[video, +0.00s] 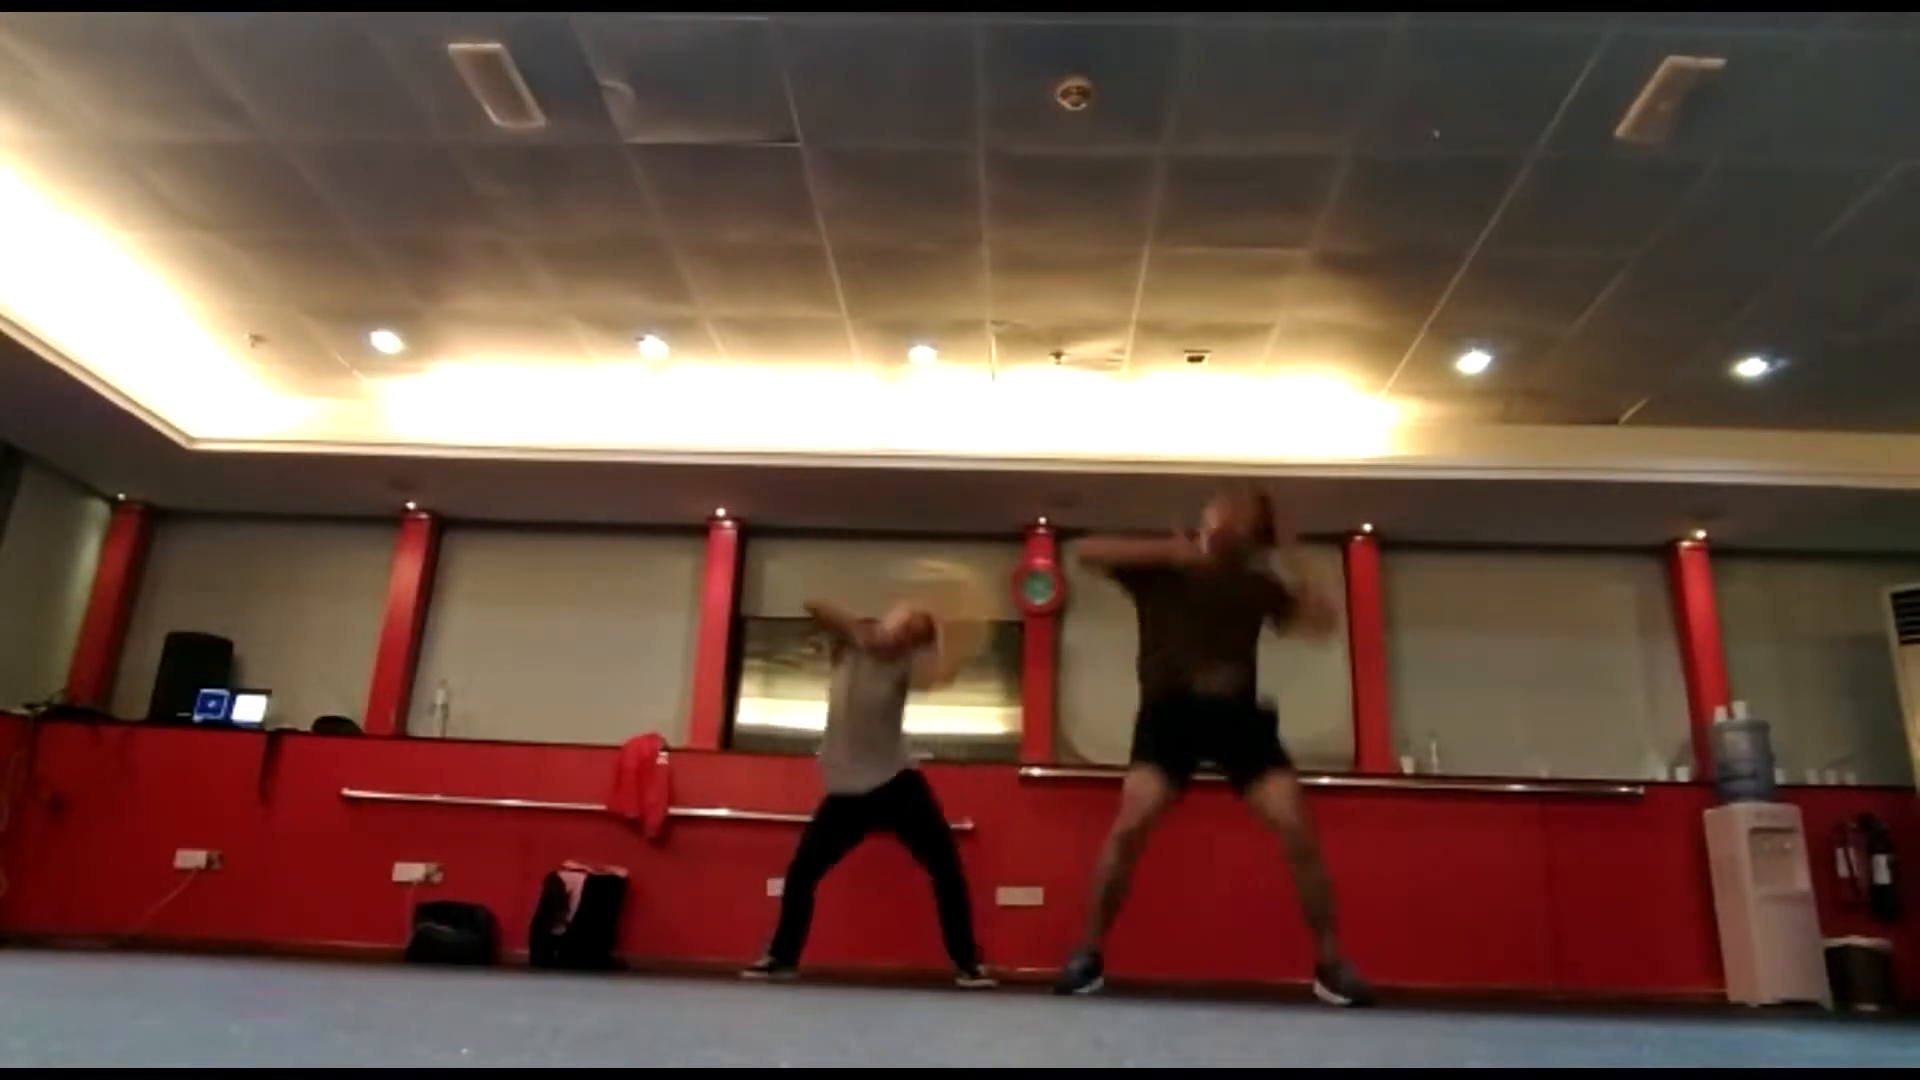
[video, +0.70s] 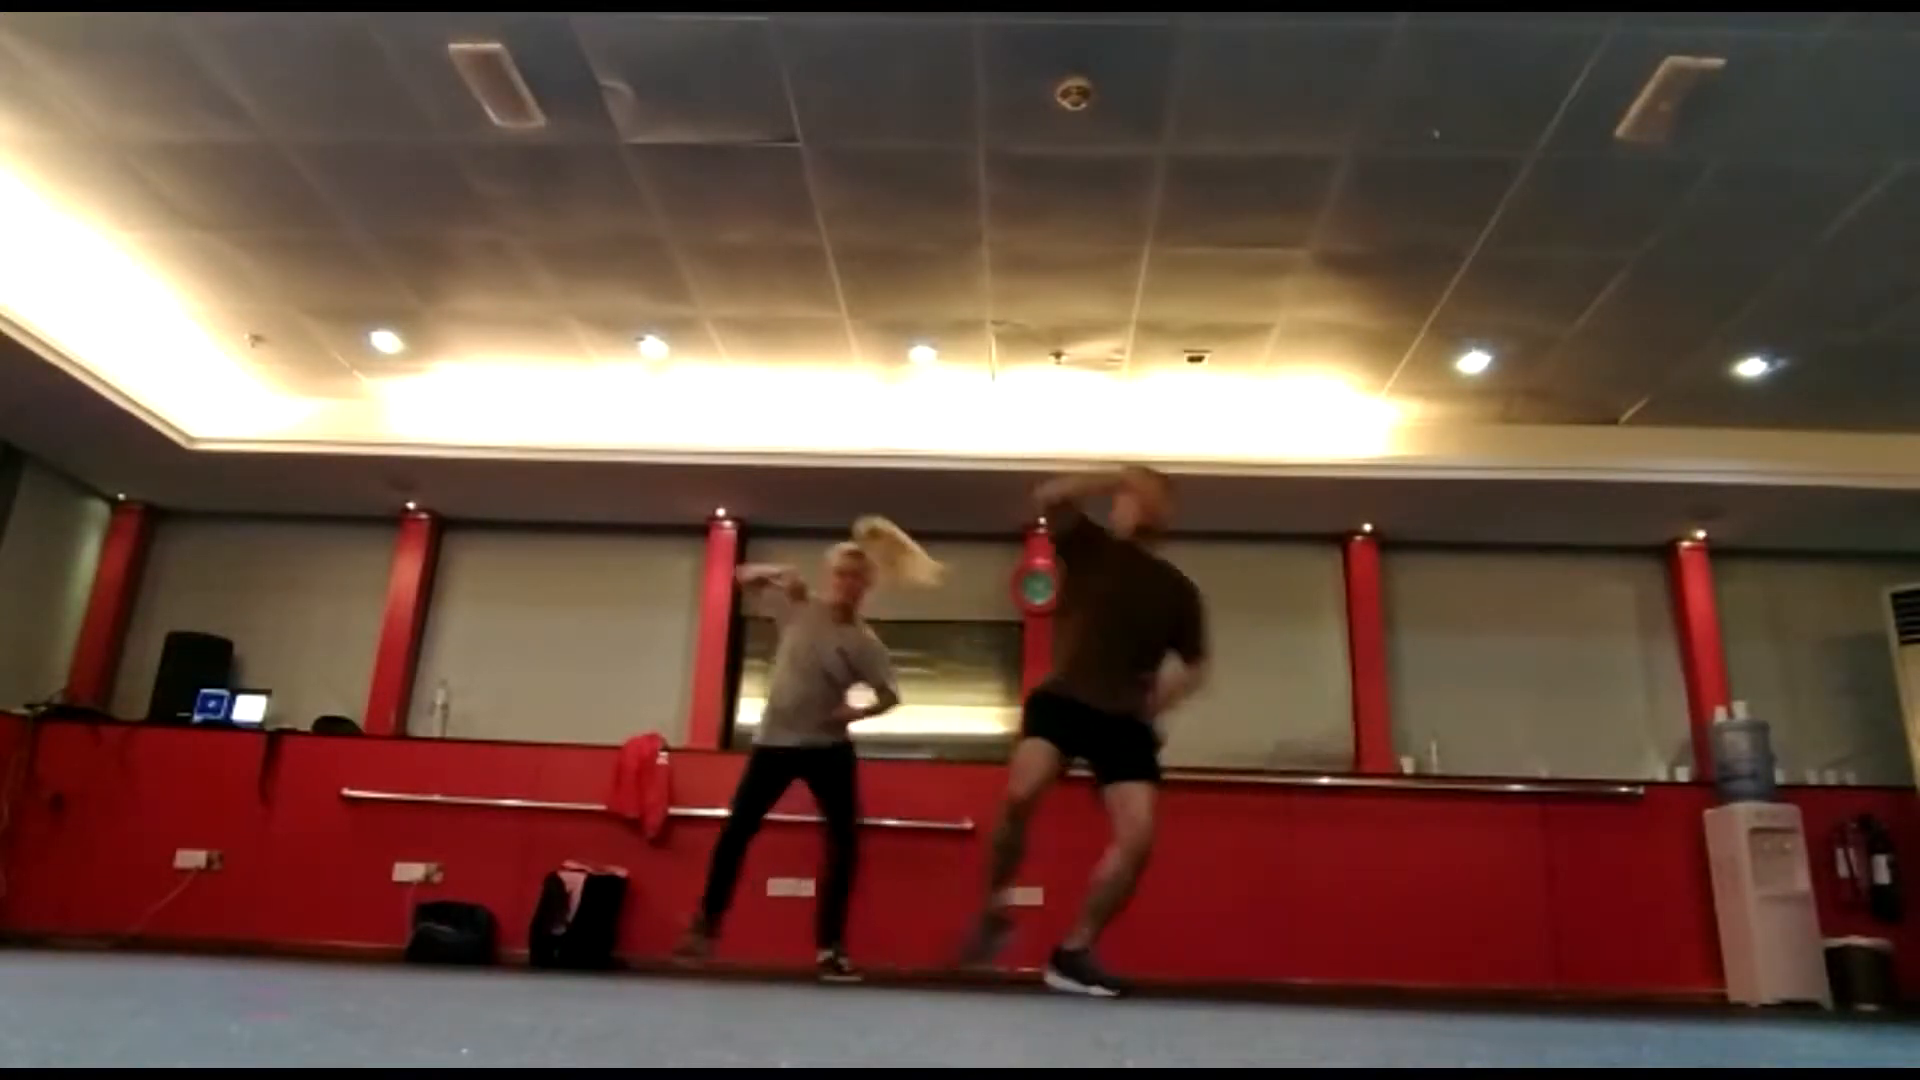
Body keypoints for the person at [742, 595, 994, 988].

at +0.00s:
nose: (898, 638)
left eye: (909, 636)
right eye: (900, 628)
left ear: (914, 643)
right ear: (888, 622)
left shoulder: (902, 664)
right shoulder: (847, 649)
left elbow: (942, 672)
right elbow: (816, 609)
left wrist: (935, 633)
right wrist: (861, 629)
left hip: (897, 789)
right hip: (846, 797)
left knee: (946, 868)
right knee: (800, 875)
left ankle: (967, 964)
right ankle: (782, 960)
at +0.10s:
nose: (903, 649)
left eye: (914, 648)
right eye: (903, 638)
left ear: (920, 657)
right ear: (890, 634)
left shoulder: (910, 685)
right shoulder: (848, 670)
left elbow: (947, 691)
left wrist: (948, 643)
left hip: (891, 804)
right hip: (836, 805)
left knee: (952, 877)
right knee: (790, 875)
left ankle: (967, 965)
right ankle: (781, 959)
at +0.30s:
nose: (909, 656)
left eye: (921, 657)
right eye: (910, 645)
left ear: (927, 668)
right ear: (899, 639)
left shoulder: (915, 713)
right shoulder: (849, 666)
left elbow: (941, 768)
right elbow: (787, 645)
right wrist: (758, 604)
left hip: (894, 808)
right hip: (840, 812)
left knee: (953, 871)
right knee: (795, 879)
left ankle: (969, 965)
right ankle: (775, 958)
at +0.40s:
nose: (904, 648)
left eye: (916, 648)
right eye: (906, 637)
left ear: (923, 661)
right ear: (895, 632)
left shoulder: (915, 706)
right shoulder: (849, 661)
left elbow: (949, 754)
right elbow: (785, 645)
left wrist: (992, 769)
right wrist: (754, 600)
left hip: (890, 801)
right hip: (838, 801)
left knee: (944, 874)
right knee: (786, 861)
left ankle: (969, 964)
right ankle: (773, 945)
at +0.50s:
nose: (889, 612)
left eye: (900, 608)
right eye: (887, 601)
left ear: (905, 621)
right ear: (871, 603)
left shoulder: (892, 672)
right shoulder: (830, 636)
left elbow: (930, 714)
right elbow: (774, 623)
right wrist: (774, 579)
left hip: (864, 778)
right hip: (812, 774)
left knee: (916, 867)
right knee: (763, 847)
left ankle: (963, 957)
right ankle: (753, 948)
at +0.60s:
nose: (864, 593)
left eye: (875, 588)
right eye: (860, 583)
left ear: (886, 598)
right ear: (849, 585)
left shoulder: (876, 655)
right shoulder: (814, 614)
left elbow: (902, 711)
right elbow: (766, 601)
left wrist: (858, 714)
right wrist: (788, 573)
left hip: (840, 759)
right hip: (789, 755)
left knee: (883, 838)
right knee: (754, 841)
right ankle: (740, 938)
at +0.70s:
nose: (847, 584)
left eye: (856, 576)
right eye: (841, 573)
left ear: (866, 584)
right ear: (826, 576)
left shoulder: (862, 640)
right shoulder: (797, 610)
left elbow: (889, 697)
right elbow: (741, 582)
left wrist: (853, 714)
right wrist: (773, 575)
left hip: (827, 748)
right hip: (776, 742)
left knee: (843, 843)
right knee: (737, 830)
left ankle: (831, 948)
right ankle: (706, 926)